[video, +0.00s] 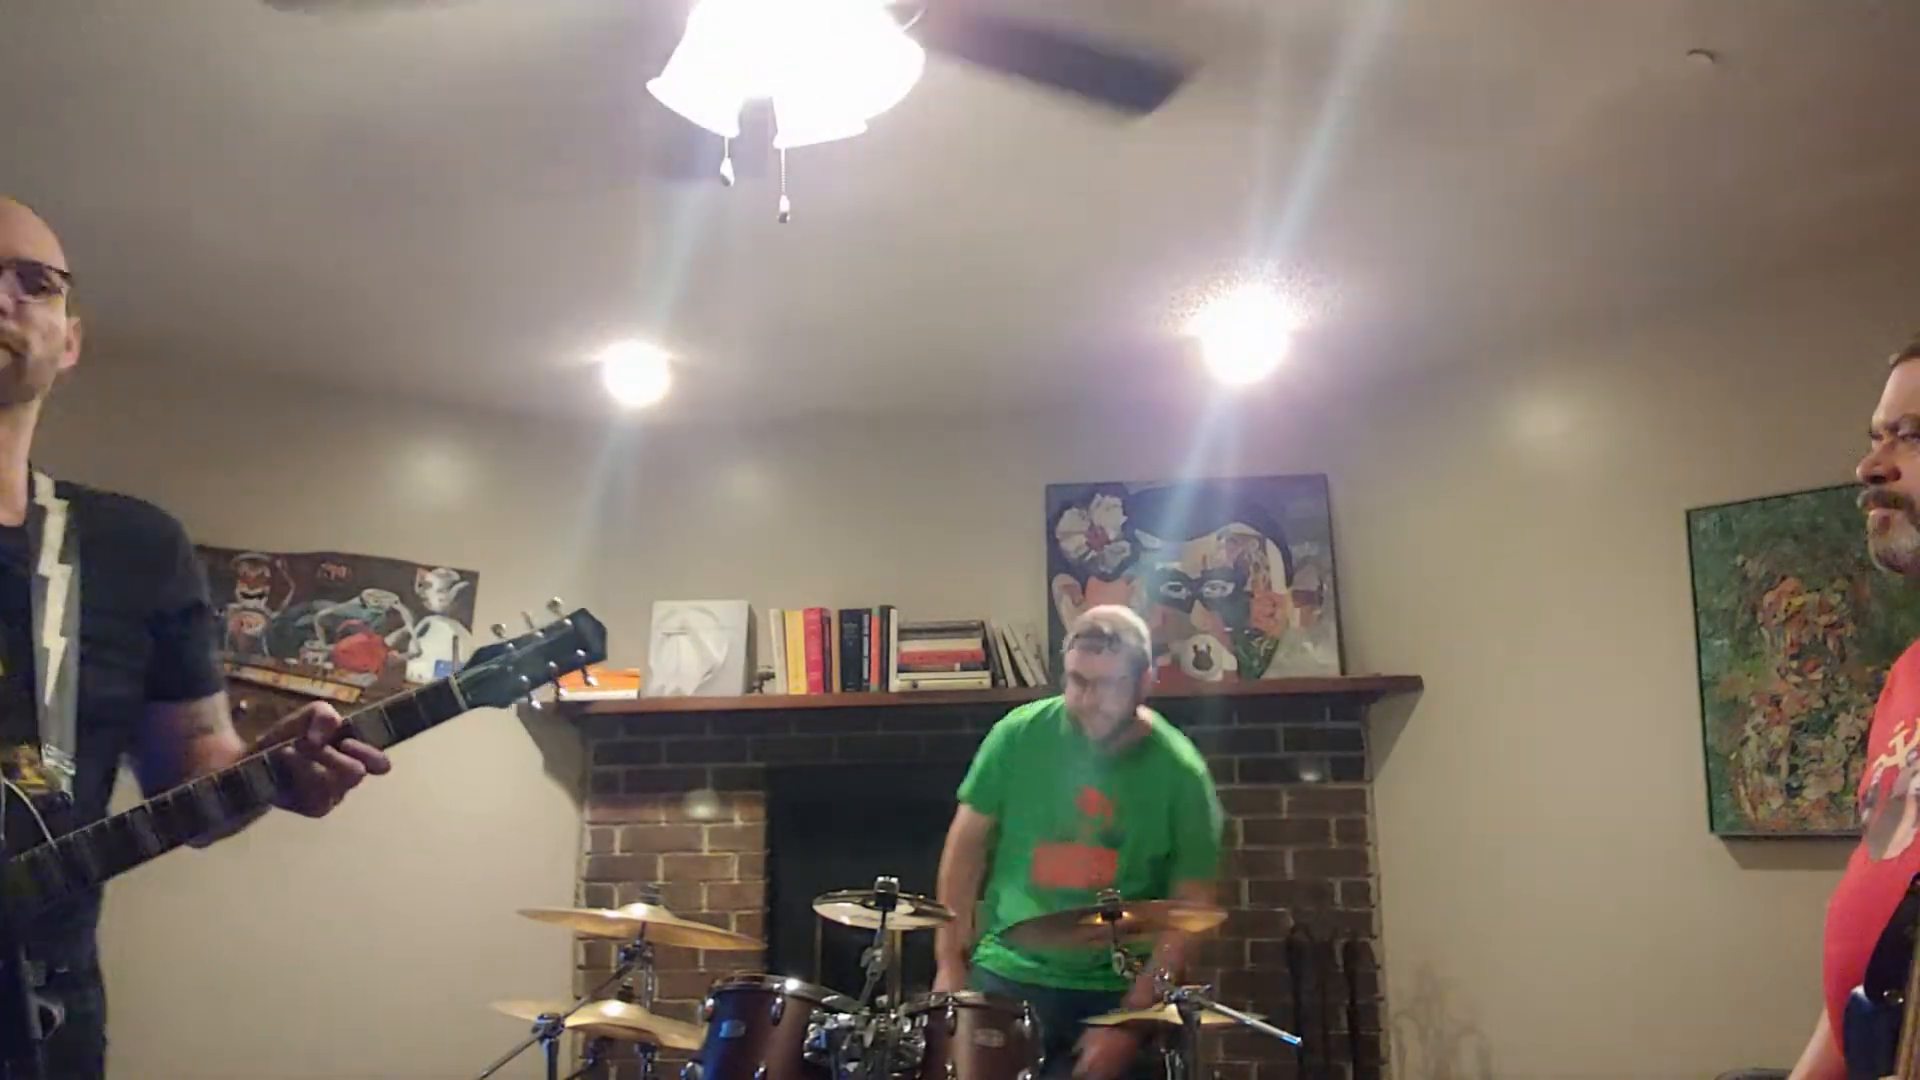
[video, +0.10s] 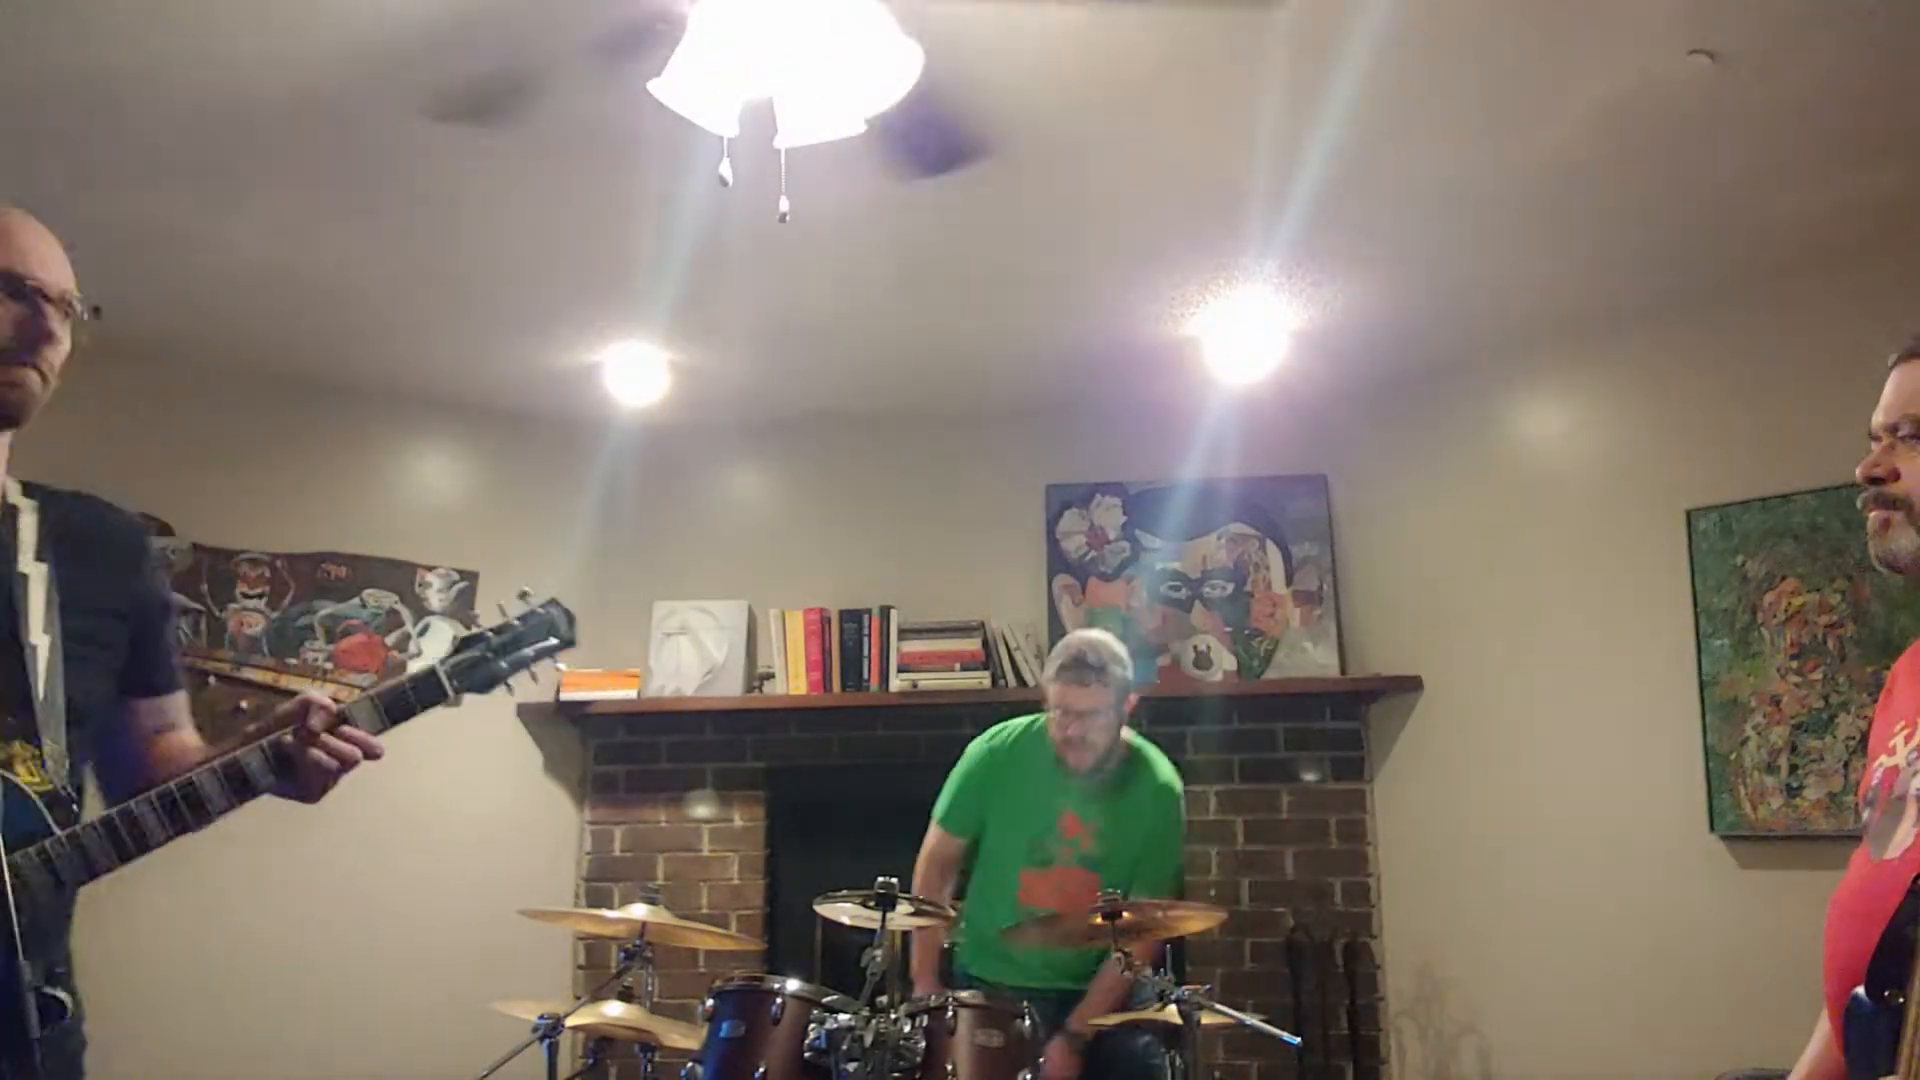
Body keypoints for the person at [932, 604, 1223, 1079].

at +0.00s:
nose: (1084, 700)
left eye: (1103, 686)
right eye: (1075, 681)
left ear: (1145, 682)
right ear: (1064, 670)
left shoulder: (1180, 772)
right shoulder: (1017, 738)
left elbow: (1192, 912)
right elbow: (965, 843)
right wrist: (949, 964)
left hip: (1116, 988)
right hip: (1007, 975)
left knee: (1115, 1064)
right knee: (963, 1064)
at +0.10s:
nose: (1070, 729)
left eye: (1088, 715)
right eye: (1059, 712)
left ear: (1127, 709)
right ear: (1045, 699)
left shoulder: (1157, 789)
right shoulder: (995, 755)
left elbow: (1144, 930)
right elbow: (936, 864)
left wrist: (1074, 1035)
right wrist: (924, 987)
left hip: (1099, 992)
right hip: (987, 986)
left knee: (1142, 1060)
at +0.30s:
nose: (1054, 758)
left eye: (1071, 741)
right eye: (1039, 740)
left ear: (1102, 737)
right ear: (1019, 732)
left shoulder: (1137, 817)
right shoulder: (970, 791)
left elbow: (1126, 948)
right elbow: (919, 909)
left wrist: (1060, 1059)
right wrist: (909, 1023)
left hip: (1082, 1001)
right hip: (970, 997)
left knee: (1146, 1068)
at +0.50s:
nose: (1040, 765)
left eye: (1057, 748)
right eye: (1024, 747)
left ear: (1087, 744)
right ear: (1004, 742)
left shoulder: (1126, 822)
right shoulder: (961, 805)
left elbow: (1123, 955)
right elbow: (922, 921)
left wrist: (1060, 1064)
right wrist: (920, 1031)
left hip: (1082, 1004)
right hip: (973, 1002)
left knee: (1146, 1069)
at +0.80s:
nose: (1004, 768)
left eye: (1020, 751)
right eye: (994, 749)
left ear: (1065, 740)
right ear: (982, 740)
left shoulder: (1118, 809)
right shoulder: (957, 799)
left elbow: (1131, 940)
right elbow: (928, 916)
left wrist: (1078, 1059)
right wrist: (925, 1026)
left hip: (1086, 995)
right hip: (977, 996)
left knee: (1146, 1067)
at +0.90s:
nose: (988, 767)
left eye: (1004, 752)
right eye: (979, 751)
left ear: (1054, 737)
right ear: (970, 741)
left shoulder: (1116, 800)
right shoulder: (956, 797)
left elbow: (1135, 937)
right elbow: (925, 918)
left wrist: (1070, 1050)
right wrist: (926, 1029)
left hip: (1088, 995)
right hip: (980, 996)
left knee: (1145, 1067)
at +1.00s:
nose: (984, 768)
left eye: (997, 754)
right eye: (975, 752)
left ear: (1047, 738)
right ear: (966, 742)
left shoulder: (1115, 796)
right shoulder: (956, 792)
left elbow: (1126, 937)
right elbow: (926, 917)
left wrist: (1066, 1053)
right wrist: (925, 1029)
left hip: (1085, 991)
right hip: (980, 990)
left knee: (1142, 1064)